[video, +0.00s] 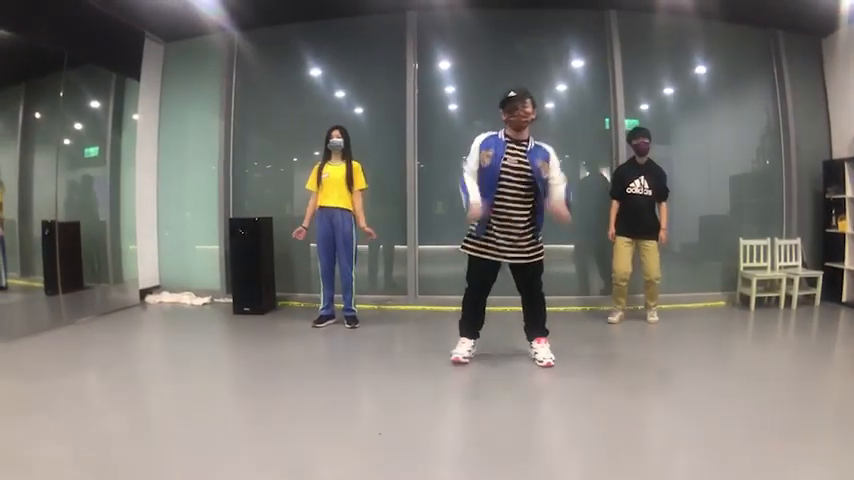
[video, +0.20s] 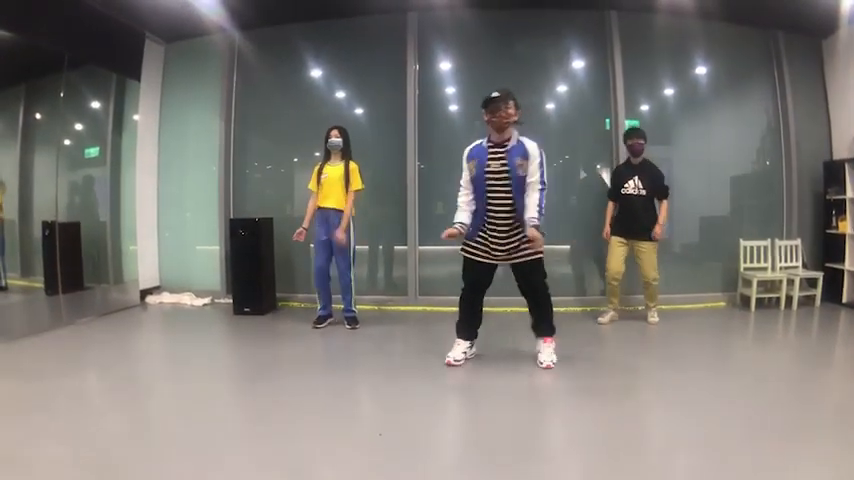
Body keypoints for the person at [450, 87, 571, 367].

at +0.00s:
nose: (522, 112)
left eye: (527, 107)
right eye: (516, 108)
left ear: (534, 112)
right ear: (504, 113)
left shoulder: (544, 152)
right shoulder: (486, 142)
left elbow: (557, 181)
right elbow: (469, 174)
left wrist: (557, 201)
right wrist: (474, 201)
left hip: (526, 235)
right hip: (488, 232)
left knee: (532, 289)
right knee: (477, 286)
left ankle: (539, 340)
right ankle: (467, 338)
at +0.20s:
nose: (503, 114)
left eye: (507, 109)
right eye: (496, 110)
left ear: (516, 113)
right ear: (486, 116)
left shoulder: (530, 150)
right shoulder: (473, 152)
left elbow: (534, 189)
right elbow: (466, 192)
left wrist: (531, 223)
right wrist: (461, 223)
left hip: (520, 233)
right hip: (482, 233)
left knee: (535, 287)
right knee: (472, 288)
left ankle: (546, 340)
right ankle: (464, 341)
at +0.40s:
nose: (477, 139)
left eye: (481, 133)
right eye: (470, 135)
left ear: (490, 135)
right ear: (463, 141)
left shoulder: (506, 158)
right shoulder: (463, 173)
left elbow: (549, 164)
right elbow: (442, 195)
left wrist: (517, 191)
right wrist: (444, 203)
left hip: (511, 247)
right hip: (479, 248)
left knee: (508, 302)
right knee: (460, 295)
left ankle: (555, 337)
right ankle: (467, 344)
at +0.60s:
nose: (498, 126)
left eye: (502, 119)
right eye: (492, 121)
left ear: (513, 113)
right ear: (484, 121)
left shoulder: (531, 140)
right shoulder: (472, 152)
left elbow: (544, 178)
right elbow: (470, 195)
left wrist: (545, 217)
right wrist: (472, 231)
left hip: (524, 232)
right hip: (487, 234)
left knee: (539, 288)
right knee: (476, 289)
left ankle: (553, 341)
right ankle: (469, 342)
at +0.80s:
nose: (535, 132)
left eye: (538, 126)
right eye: (528, 127)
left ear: (542, 123)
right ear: (514, 125)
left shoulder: (548, 157)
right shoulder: (493, 152)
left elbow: (558, 190)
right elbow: (472, 186)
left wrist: (561, 216)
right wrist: (492, 211)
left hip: (539, 242)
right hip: (502, 243)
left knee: (551, 294)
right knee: (490, 295)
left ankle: (554, 344)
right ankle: (460, 339)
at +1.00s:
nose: (545, 143)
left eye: (549, 138)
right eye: (540, 137)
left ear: (553, 136)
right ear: (524, 133)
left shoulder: (555, 168)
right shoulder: (497, 156)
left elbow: (575, 194)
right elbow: (464, 177)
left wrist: (565, 207)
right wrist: (484, 208)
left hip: (536, 249)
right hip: (499, 248)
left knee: (548, 298)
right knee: (490, 300)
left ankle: (553, 344)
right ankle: (464, 342)